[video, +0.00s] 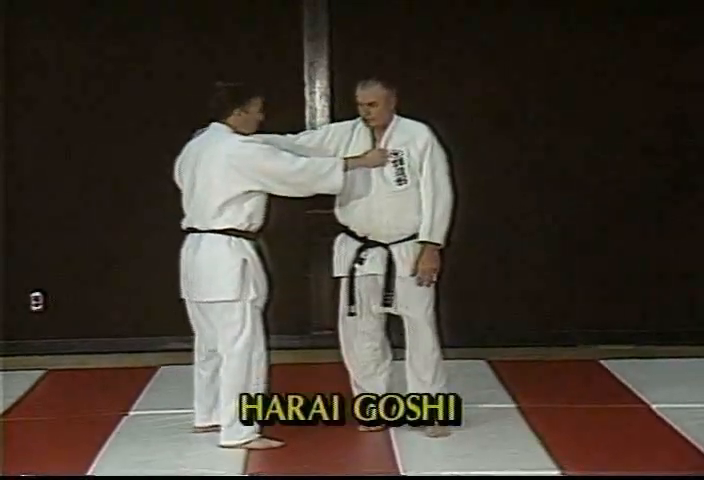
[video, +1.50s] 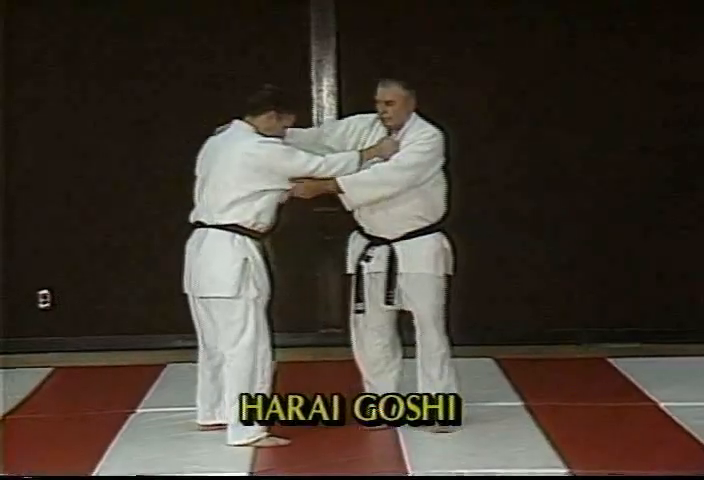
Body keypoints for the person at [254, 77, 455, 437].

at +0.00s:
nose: (366, 112)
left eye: (372, 106)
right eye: (361, 106)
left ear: (391, 103)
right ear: (356, 105)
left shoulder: (418, 137)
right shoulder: (345, 134)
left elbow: (439, 194)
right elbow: (297, 144)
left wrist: (431, 247)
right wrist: (246, 142)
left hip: (408, 248)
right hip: (358, 247)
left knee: (420, 327)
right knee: (360, 327)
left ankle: (429, 407)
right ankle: (372, 405)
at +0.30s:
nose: (361, 113)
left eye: (367, 106)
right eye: (356, 106)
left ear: (387, 103)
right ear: (351, 106)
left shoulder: (415, 136)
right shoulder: (343, 134)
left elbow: (436, 192)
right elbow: (294, 144)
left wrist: (431, 245)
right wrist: (241, 143)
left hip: (407, 247)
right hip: (357, 248)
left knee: (420, 327)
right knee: (359, 327)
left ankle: (429, 408)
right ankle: (371, 405)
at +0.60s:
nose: (358, 117)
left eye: (364, 109)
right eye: (352, 111)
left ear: (385, 105)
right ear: (348, 109)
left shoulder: (413, 136)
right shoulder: (337, 134)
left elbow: (436, 191)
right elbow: (290, 146)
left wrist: (429, 242)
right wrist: (245, 152)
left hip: (407, 247)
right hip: (356, 249)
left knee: (421, 328)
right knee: (359, 329)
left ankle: (430, 408)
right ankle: (371, 406)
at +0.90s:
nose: (367, 115)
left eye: (373, 107)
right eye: (362, 108)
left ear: (393, 104)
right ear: (358, 108)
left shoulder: (416, 137)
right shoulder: (349, 132)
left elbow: (417, 205)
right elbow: (299, 137)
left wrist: (363, 224)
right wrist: (245, 132)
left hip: (409, 246)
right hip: (359, 246)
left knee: (422, 330)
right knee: (361, 328)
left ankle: (434, 410)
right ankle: (374, 407)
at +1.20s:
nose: (374, 112)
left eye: (381, 106)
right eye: (369, 106)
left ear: (400, 104)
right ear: (365, 105)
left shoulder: (418, 138)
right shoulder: (354, 129)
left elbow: (387, 180)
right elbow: (305, 136)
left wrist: (326, 196)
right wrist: (242, 131)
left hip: (412, 246)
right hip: (363, 246)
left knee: (424, 331)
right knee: (364, 330)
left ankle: (437, 409)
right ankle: (374, 405)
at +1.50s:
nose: (383, 111)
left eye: (390, 105)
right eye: (379, 104)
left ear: (411, 104)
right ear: (376, 104)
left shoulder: (427, 138)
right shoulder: (363, 127)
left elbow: (394, 176)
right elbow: (318, 136)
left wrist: (328, 186)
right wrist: (263, 134)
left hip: (418, 245)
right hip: (370, 245)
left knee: (429, 328)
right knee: (371, 329)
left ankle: (439, 406)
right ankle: (382, 404)